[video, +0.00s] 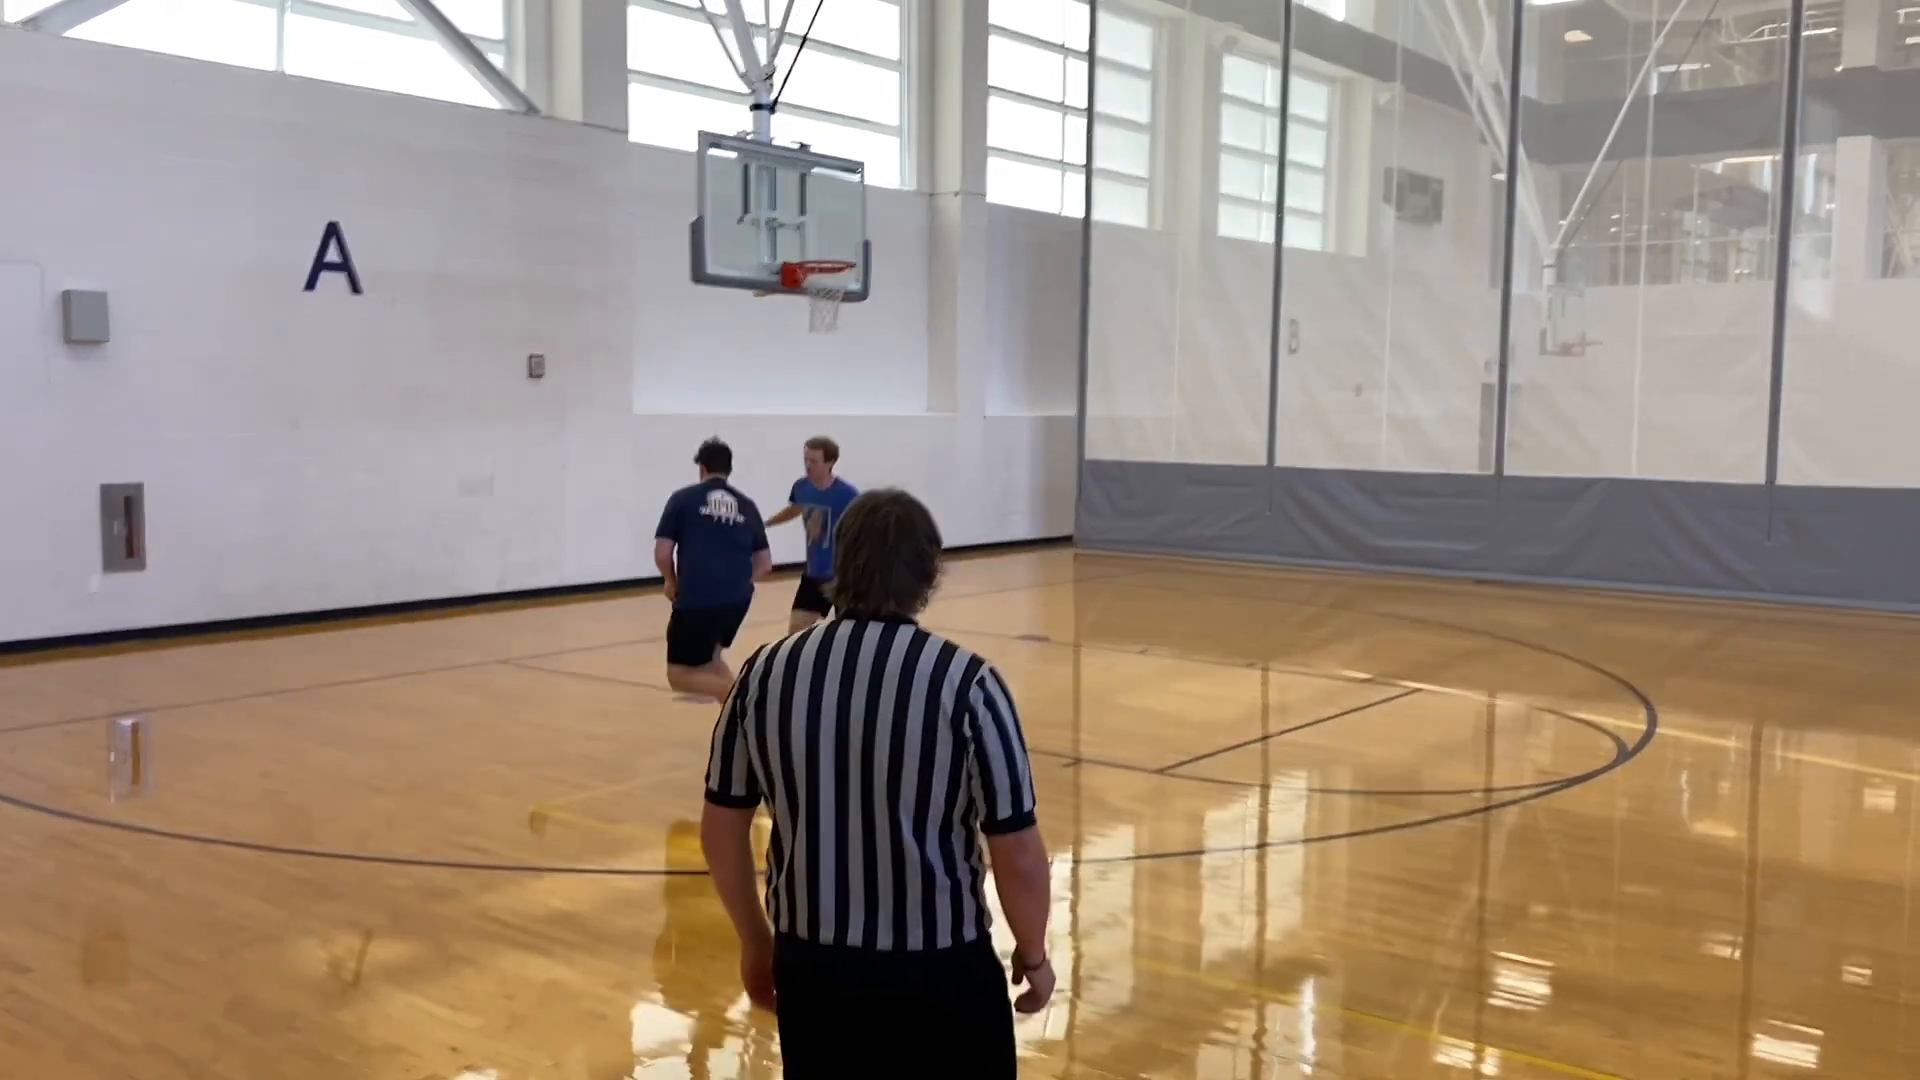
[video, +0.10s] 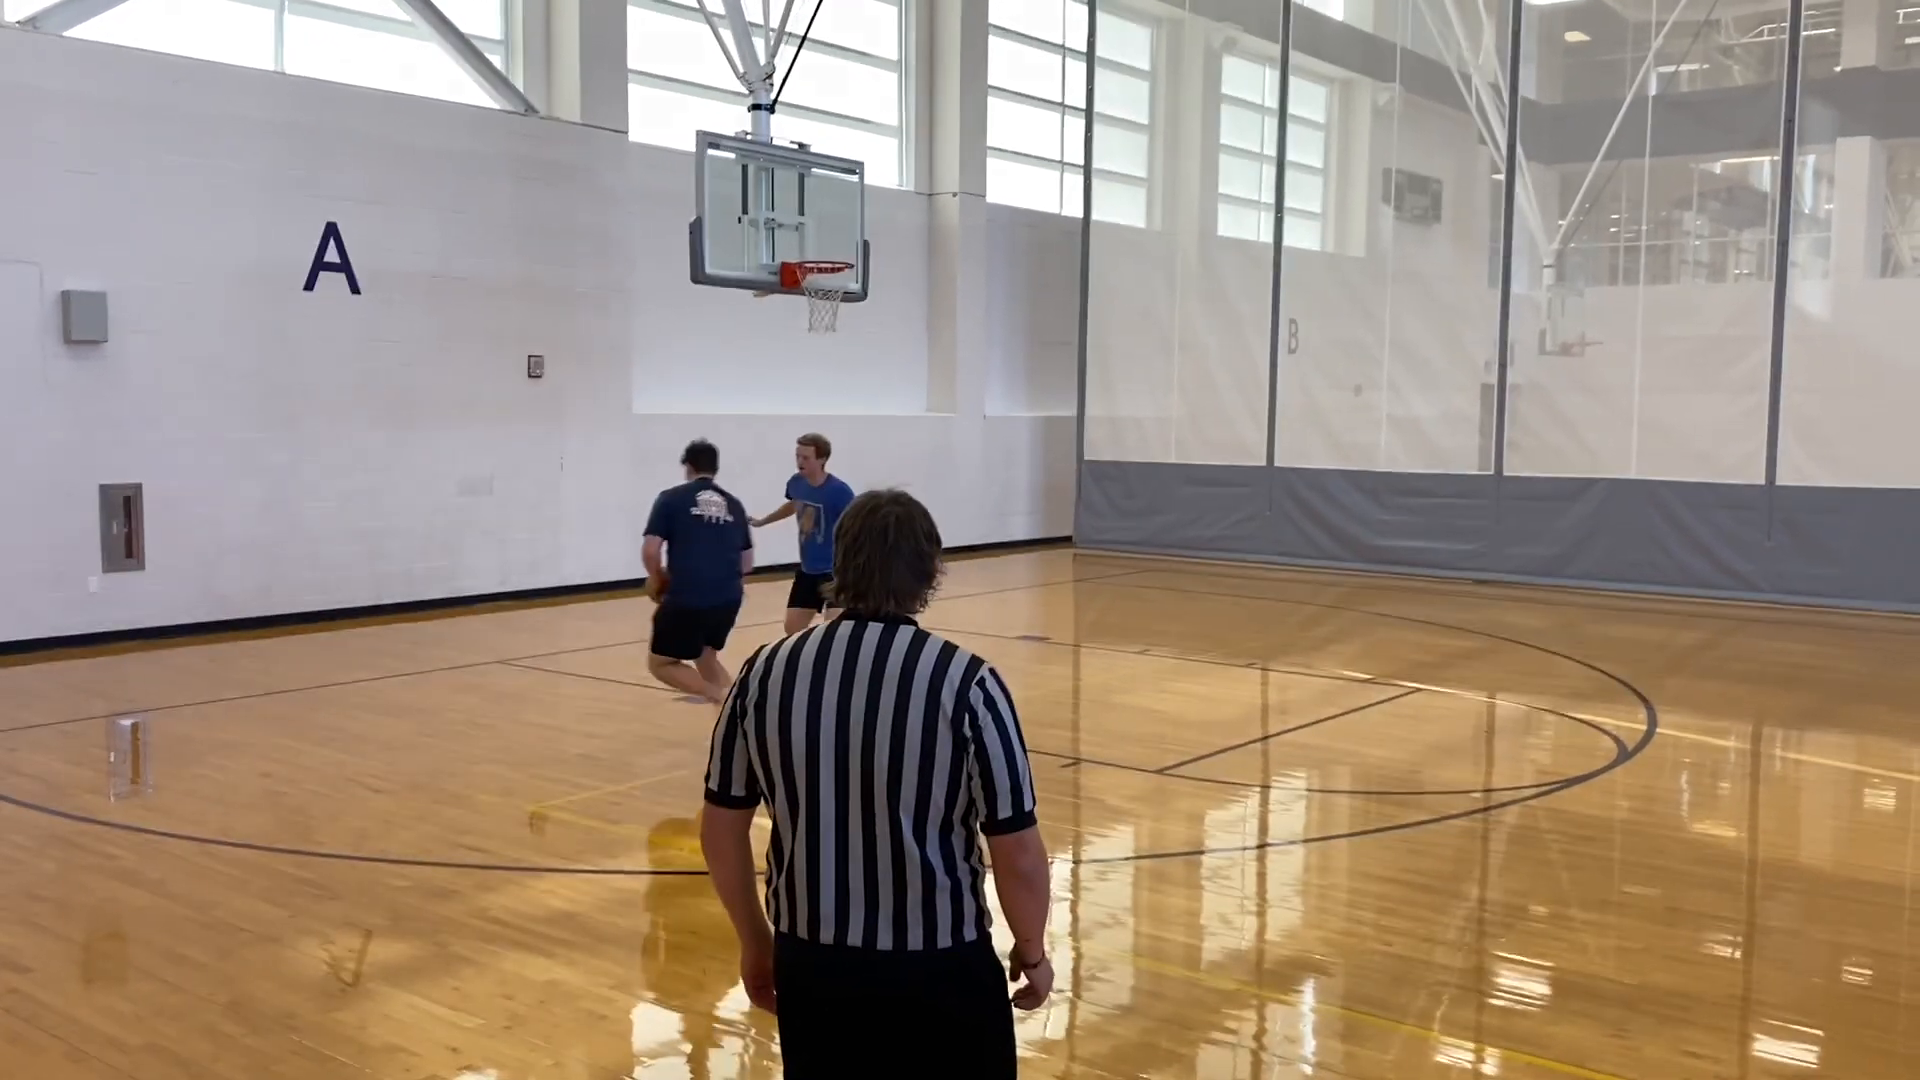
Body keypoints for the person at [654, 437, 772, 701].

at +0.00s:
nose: (699, 471)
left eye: (699, 467)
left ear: (702, 468)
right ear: (729, 469)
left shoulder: (683, 499)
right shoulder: (747, 505)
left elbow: (663, 552)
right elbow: (764, 563)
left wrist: (670, 580)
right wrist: (739, 576)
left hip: (698, 595)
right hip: (738, 595)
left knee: (678, 675)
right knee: (713, 657)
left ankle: (735, 693)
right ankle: (742, 706)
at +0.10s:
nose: (684, 470)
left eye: (685, 466)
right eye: (686, 466)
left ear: (688, 467)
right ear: (715, 468)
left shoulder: (670, 499)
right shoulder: (733, 504)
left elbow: (650, 551)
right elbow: (746, 564)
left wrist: (658, 579)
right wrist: (717, 572)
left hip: (686, 595)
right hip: (728, 595)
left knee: (660, 663)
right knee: (707, 657)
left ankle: (718, 695)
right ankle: (739, 702)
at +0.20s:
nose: (673, 469)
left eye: (672, 465)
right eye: (679, 466)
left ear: (674, 466)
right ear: (702, 466)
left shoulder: (659, 498)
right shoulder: (720, 501)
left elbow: (639, 548)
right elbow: (731, 556)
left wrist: (641, 575)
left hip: (675, 593)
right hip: (718, 593)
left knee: (645, 650)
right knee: (701, 655)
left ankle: (692, 703)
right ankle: (738, 716)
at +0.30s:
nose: (659, 467)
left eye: (659, 463)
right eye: (664, 464)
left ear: (661, 464)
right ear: (689, 464)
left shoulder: (647, 494)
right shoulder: (706, 497)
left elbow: (629, 541)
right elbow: (713, 545)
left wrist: (623, 569)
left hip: (664, 590)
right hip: (708, 591)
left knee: (631, 640)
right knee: (697, 655)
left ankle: (660, 714)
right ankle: (738, 715)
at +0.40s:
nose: (649, 462)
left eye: (648, 458)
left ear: (646, 460)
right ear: (675, 460)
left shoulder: (635, 491)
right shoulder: (693, 494)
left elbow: (620, 537)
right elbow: (691, 544)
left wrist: (613, 563)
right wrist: (639, 562)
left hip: (651, 590)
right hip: (696, 591)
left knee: (618, 635)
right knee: (696, 658)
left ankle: (628, 718)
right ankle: (739, 714)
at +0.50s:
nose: (636, 458)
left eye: (634, 453)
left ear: (632, 456)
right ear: (661, 456)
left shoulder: (622, 486)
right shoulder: (678, 488)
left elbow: (611, 532)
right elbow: (671, 538)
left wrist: (598, 558)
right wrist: (620, 556)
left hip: (639, 586)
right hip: (684, 585)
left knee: (606, 634)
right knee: (696, 659)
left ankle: (596, 713)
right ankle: (739, 717)